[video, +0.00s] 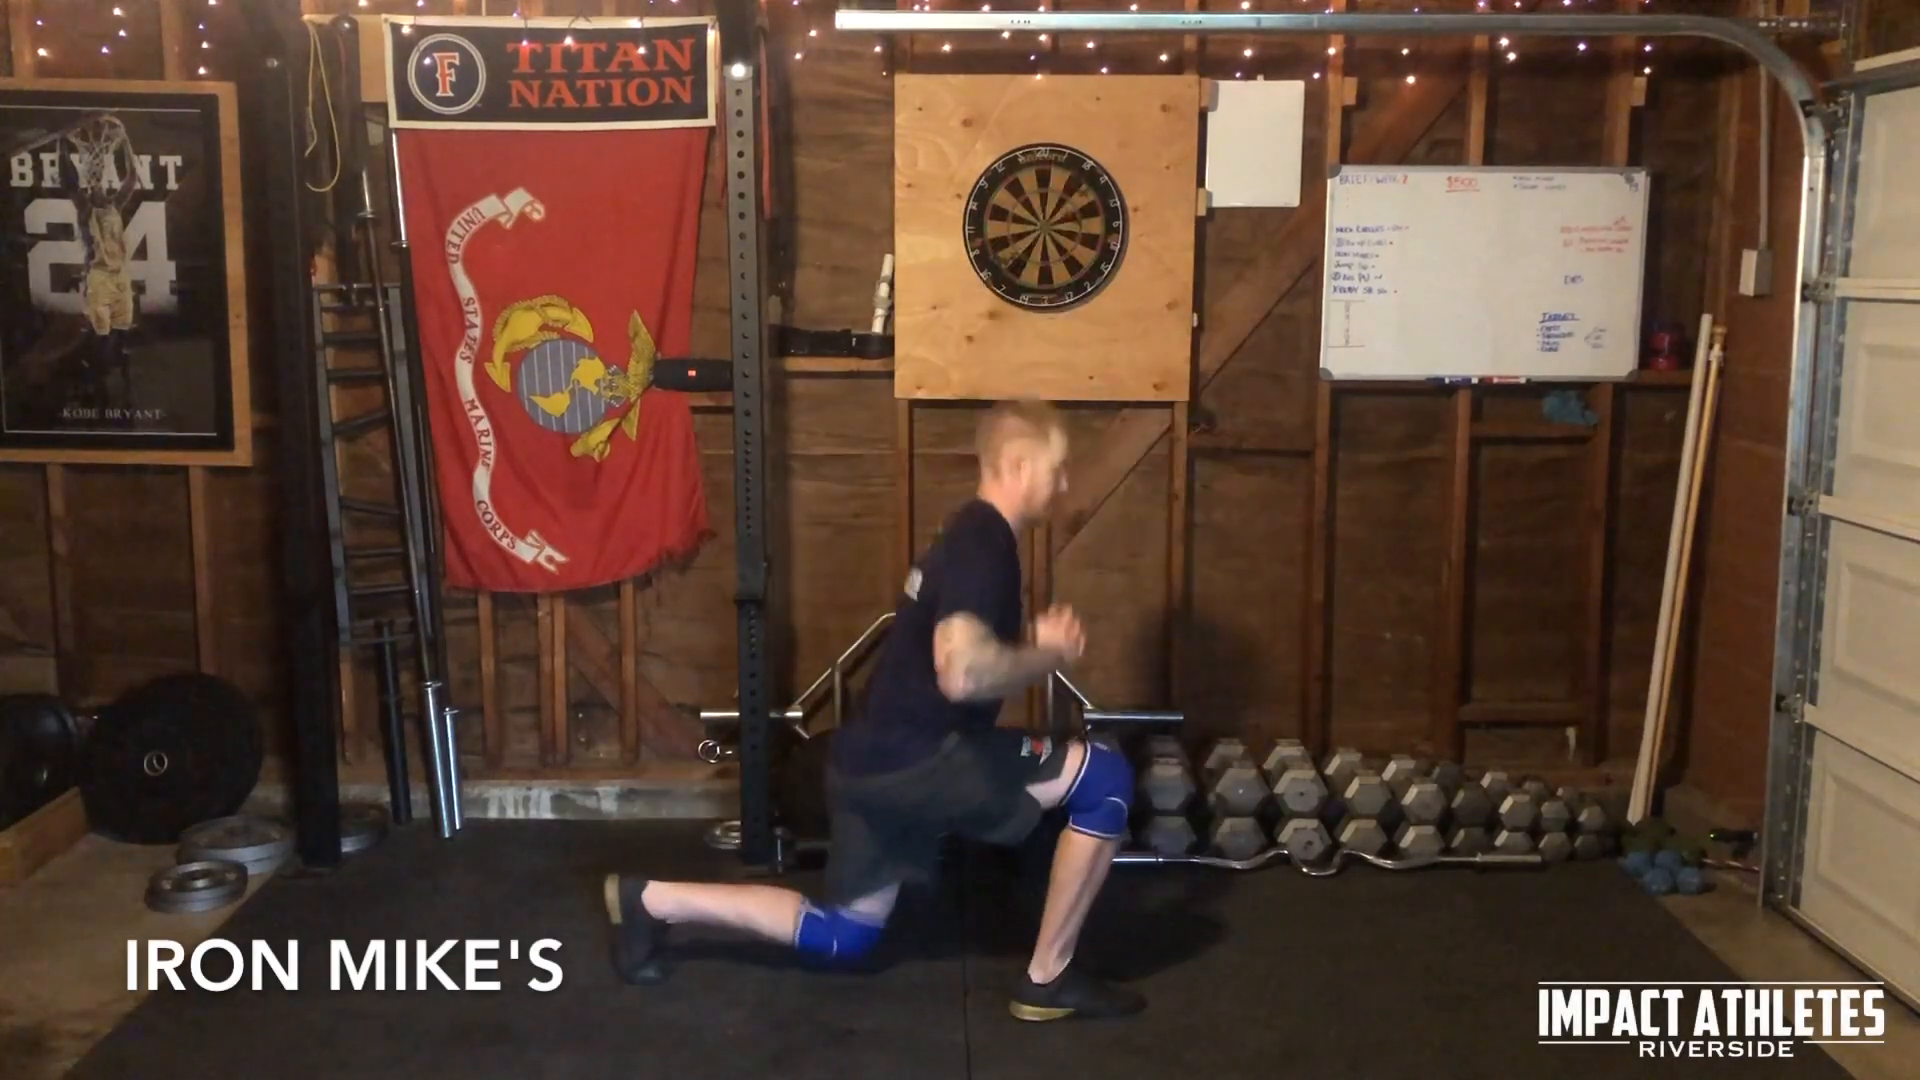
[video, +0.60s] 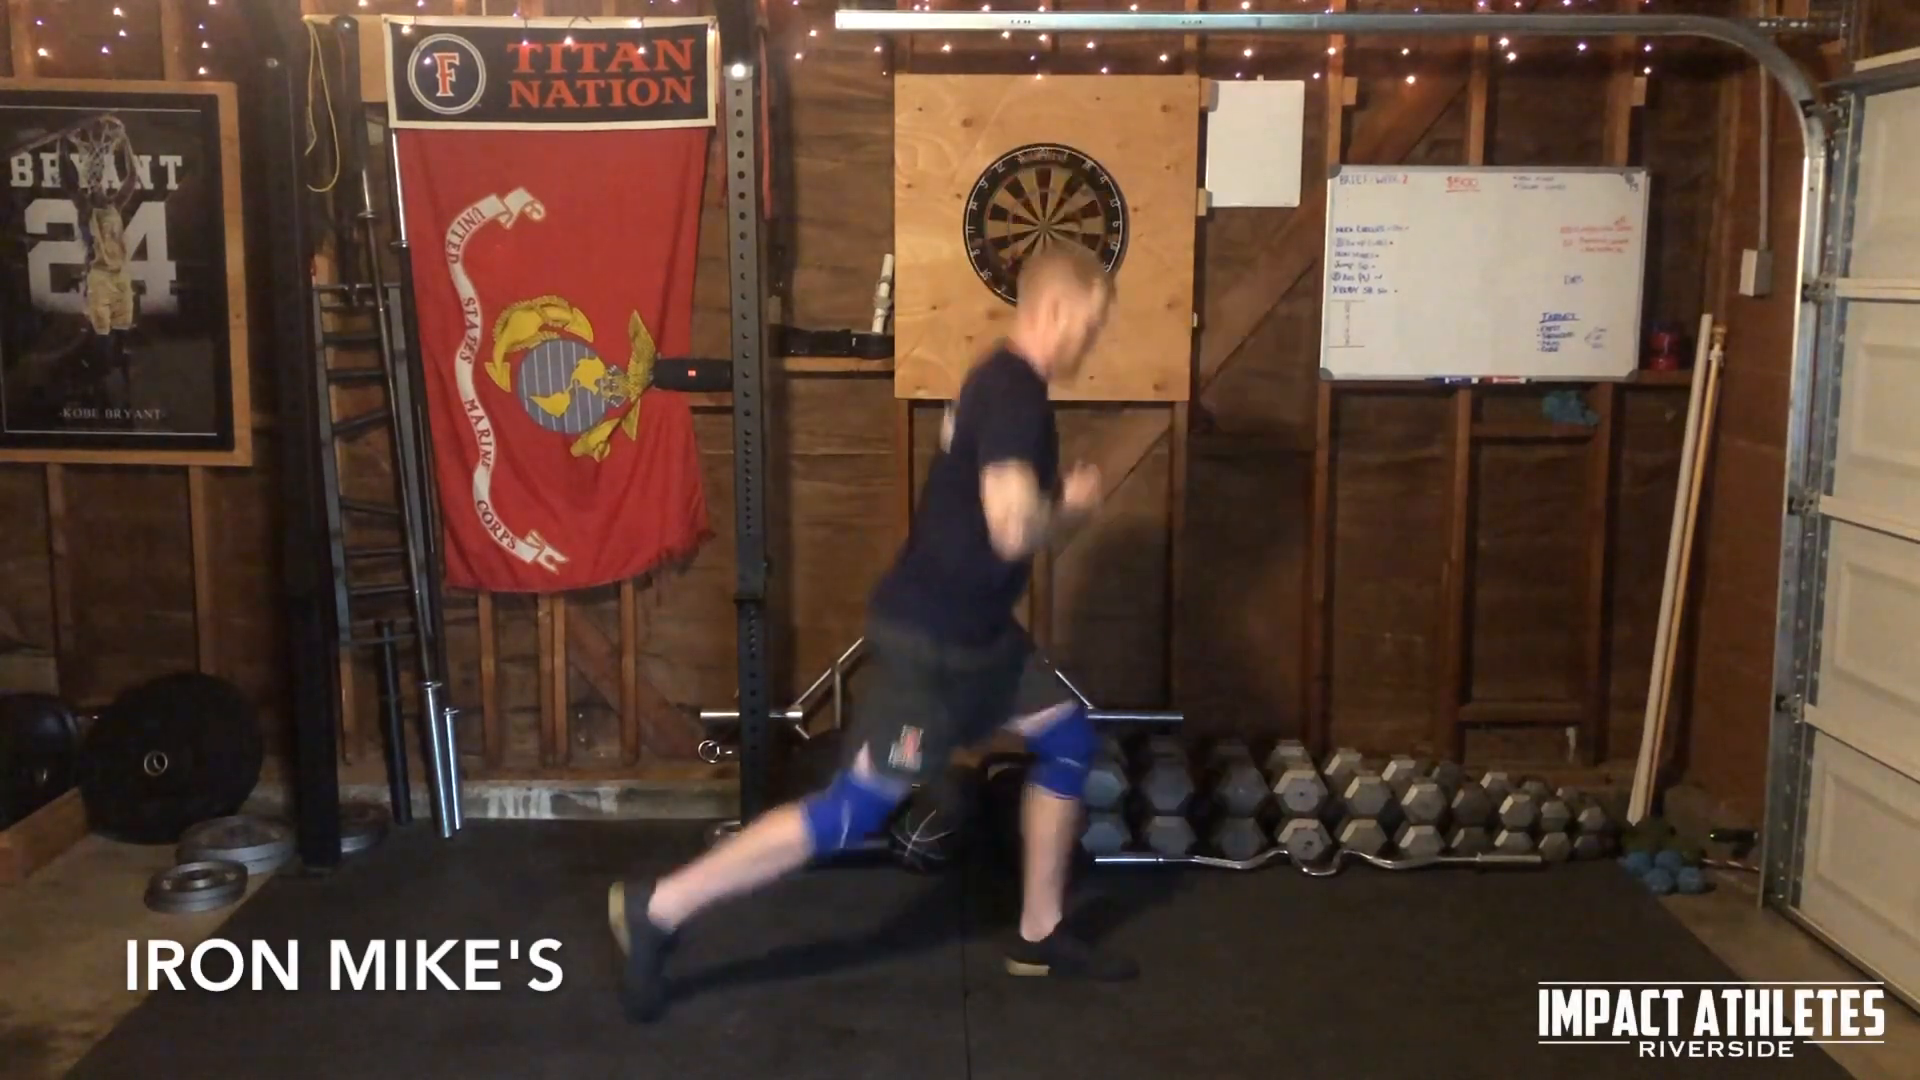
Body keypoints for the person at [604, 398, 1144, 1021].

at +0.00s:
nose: (1064, 485)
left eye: (1064, 469)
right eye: (1057, 469)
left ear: (1007, 467)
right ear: (1016, 466)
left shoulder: (973, 534)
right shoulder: (982, 539)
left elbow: (958, 658)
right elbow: (962, 672)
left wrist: (1031, 648)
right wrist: (1042, 650)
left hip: (873, 762)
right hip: (914, 763)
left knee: (846, 933)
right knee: (1107, 778)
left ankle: (647, 898)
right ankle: (1048, 976)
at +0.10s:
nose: (1057, 418)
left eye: (1056, 401)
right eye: (1051, 400)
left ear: (999, 399)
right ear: (1009, 399)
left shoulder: (972, 473)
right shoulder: (981, 480)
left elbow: (969, 588)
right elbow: (972, 592)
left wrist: (1042, 570)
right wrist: (1046, 564)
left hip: (881, 701)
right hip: (930, 705)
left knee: (837, 871)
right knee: (1100, 774)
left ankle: (632, 901)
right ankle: (1050, 975)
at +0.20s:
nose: (1061, 321)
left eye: (1065, 303)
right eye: (1057, 302)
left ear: (1002, 298)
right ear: (1020, 297)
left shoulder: (990, 380)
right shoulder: (980, 379)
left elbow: (1002, 490)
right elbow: (975, 484)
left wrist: (1048, 468)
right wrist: (1051, 467)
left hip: (897, 604)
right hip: (937, 610)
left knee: (858, 770)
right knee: (1056, 754)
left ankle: (673, 871)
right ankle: (1047, 968)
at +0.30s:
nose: (1078, 261)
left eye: (1084, 246)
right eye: (1076, 240)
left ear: (1016, 227)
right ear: (1029, 223)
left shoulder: (989, 299)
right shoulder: (992, 302)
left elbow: (982, 405)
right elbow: (989, 416)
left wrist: (1045, 399)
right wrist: (1058, 411)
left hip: (902, 536)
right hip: (936, 546)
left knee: (912, 715)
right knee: (996, 726)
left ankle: (757, 851)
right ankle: (955, 934)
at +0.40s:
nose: (1087, 242)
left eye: (1092, 226)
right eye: (1087, 220)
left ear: (1028, 202)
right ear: (1044, 202)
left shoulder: (992, 276)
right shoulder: (1001, 277)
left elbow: (990, 390)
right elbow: (1008, 403)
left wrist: (1050, 378)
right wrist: (1066, 397)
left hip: (931, 520)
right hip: (932, 526)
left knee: (952, 705)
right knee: (960, 710)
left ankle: (883, 882)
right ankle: (814, 880)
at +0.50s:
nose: (1090, 270)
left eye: (1096, 254)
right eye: (1090, 249)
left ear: (1040, 232)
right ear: (1050, 231)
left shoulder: (1010, 307)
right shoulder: (1006, 308)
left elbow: (997, 426)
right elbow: (1015, 446)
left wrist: (1051, 414)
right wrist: (1072, 426)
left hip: (968, 560)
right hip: (930, 559)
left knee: (1005, 716)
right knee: (897, 743)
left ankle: (1000, 906)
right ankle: (716, 867)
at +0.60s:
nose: (1095, 338)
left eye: (1099, 321)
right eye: (1093, 319)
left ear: (1036, 306)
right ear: (1059, 311)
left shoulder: (1015, 384)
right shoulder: (1010, 387)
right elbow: (1011, 532)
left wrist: (1056, 506)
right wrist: (1070, 504)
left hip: (978, 638)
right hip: (929, 638)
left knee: (1068, 736)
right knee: (854, 811)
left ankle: (1041, 933)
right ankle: (656, 908)